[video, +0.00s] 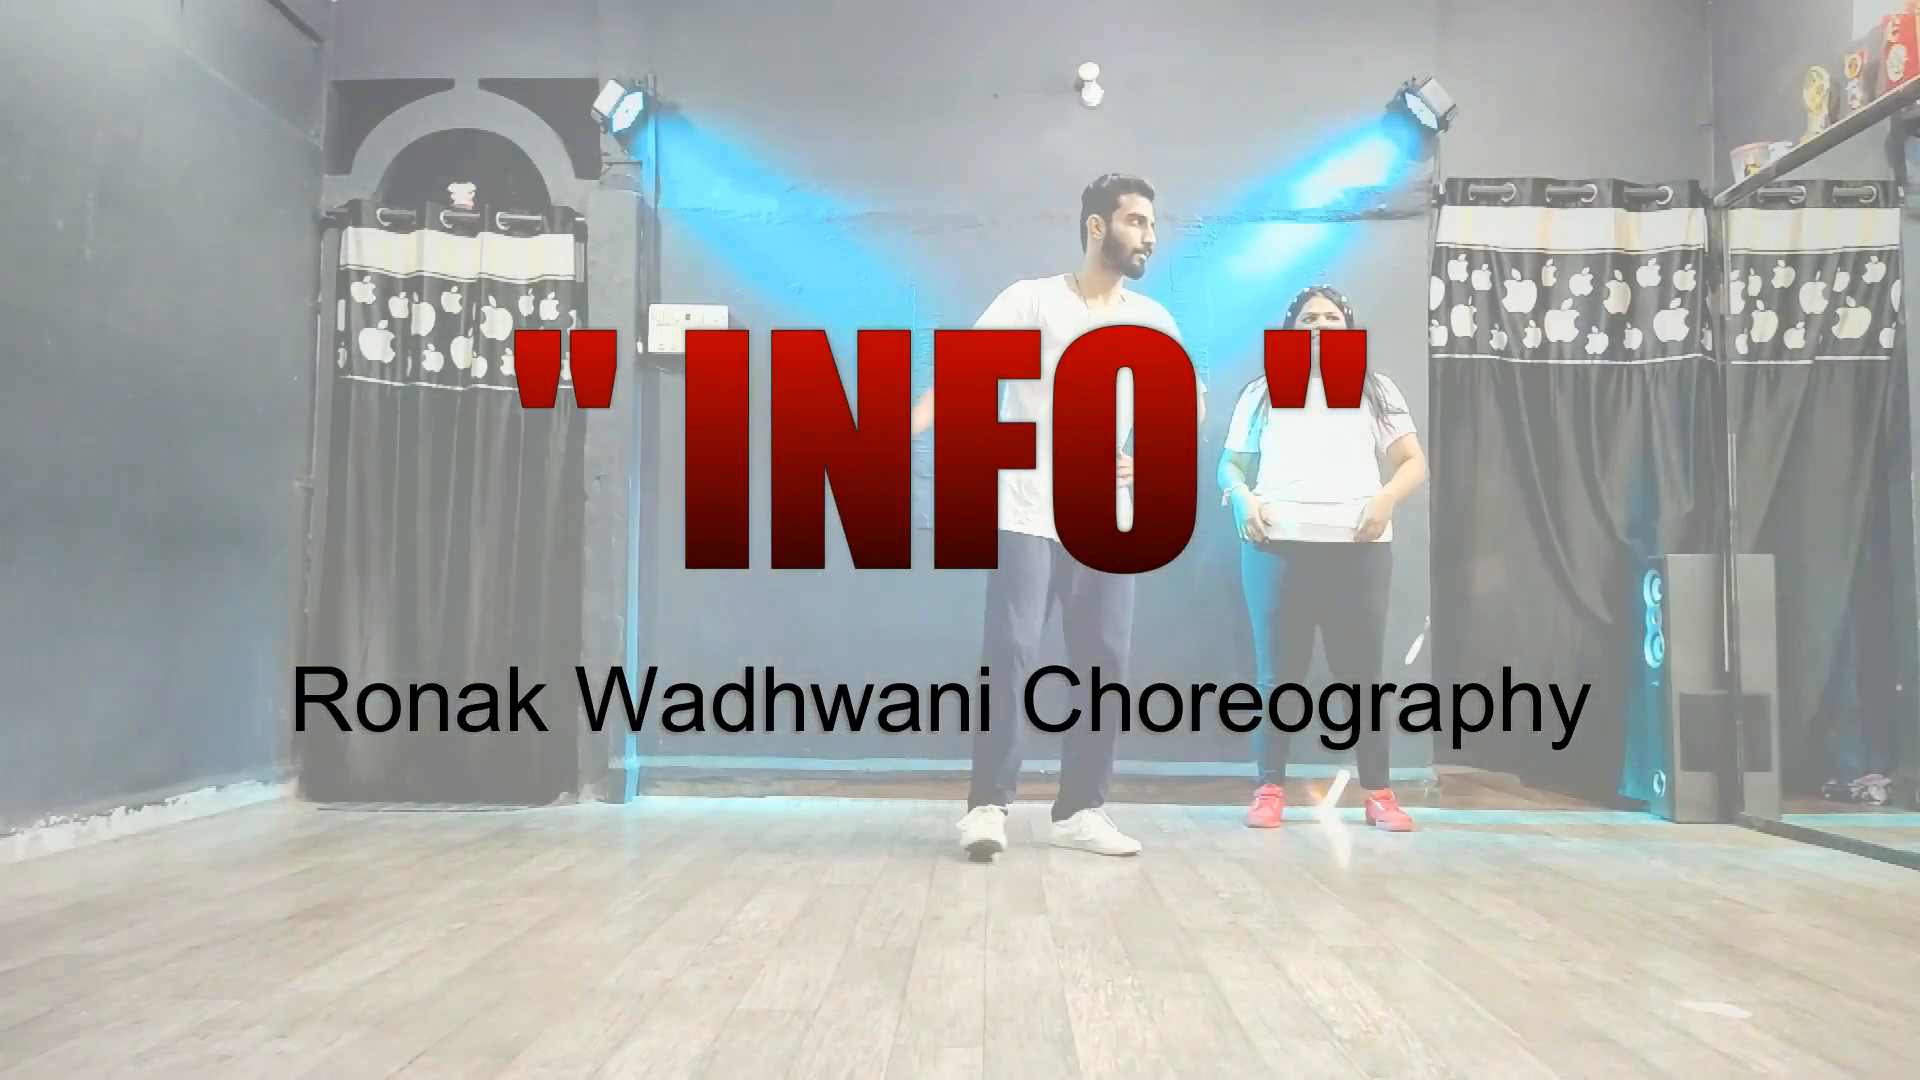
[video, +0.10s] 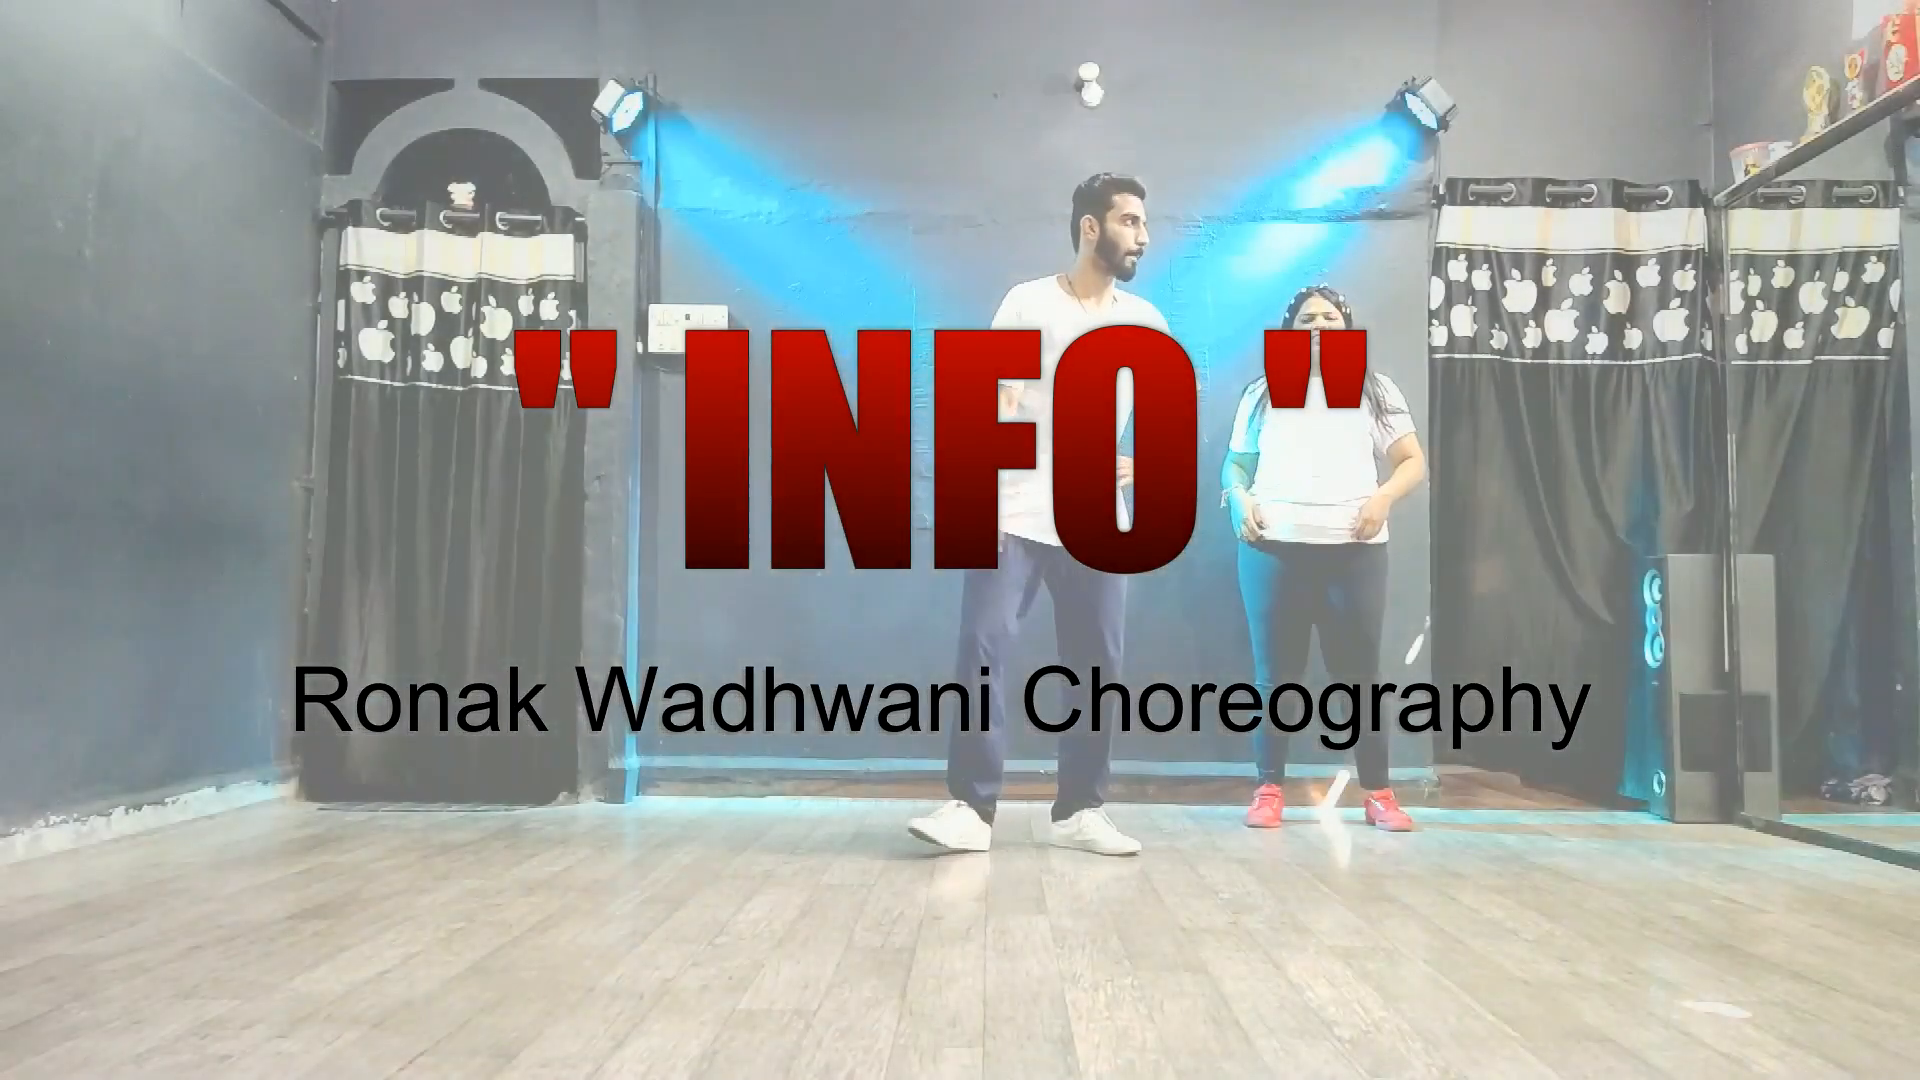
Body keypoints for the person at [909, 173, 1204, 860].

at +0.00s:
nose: (1147, 234)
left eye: (1151, 224)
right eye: (1135, 221)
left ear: (1151, 237)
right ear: (1095, 227)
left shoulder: (1156, 322)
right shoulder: (1026, 303)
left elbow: (1183, 417)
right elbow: (954, 383)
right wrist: (895, 439)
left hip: (1112, 517)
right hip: (1028, 510)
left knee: (1104, 659)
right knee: (1012, 650)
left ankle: (1080, 807)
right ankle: (988, 804)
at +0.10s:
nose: (1141, 233)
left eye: (1144, 222)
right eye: (1128, 220)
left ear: (1138, 234)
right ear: (1088, 226)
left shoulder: (1147, 320)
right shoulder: (1023, 304)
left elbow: (1166, 424)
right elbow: (979, 408)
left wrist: (1151, 511)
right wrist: (965, 508)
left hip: (1099, 523)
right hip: (1011, 515)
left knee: (1099, 661)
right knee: (982, 649)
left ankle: (1079, 810)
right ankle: (971, 806)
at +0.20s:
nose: (1132, 236)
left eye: (1134, 225)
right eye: (1119, 223)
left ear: (1126, 236)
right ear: (1079, 230)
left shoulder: (1136, 326)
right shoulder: (1019, 306)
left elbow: (1153, 429)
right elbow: (999, 412)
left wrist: (1129, 493)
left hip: (1092, 526)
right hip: (1006, 519)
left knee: (1097, 660)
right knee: (964, 644)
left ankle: (1079, 809)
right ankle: (965, 810)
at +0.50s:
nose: (1083, 237)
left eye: (1084, 226)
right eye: (1071, 224)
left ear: (1069, 237)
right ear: (1030, 231)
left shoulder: (1089, 326)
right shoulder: (973, 306)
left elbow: (1126, 425)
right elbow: (955, 412)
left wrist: (1054, 409)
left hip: (1066, 528)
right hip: (979, 522)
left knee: (1086, 662)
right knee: (937, 649)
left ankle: (1078, 809)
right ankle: (938, 811)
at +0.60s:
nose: (1068, 233)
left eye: (1069, 221)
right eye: (1055, 220)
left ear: (1056, 232)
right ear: (1014, 227)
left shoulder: (1073, 318)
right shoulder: (961, 302)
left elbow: (1109, 414)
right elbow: (966, 401)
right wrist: (1067, 426)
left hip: (1050, 518)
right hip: (968, 515)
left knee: (1069, 655)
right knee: (941, 657)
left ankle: (1076, 805)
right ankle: (915, 805)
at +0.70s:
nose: (1046, 229)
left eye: (1046, 217)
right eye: (1032, 217)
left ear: (1019, 229)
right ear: (993, 226)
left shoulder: (1051, 310)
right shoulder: (941, 307)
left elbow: (1103, 391)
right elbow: (951, 424)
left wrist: (1075, 454)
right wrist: (1005, 508)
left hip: (1028, 504)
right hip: (950, 507)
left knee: (1053, 656)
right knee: (929, 660)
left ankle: (1070, 805)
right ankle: (897, 807)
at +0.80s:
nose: (1030, 230)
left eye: (1030, 218)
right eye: (1017, 219)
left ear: (1008, 230)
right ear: (977, 229)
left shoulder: (1038, 312)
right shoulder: (925, 312)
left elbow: (1087, 385)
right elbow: (917, 422)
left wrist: (1059, 463)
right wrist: (920, 526)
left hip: (1019, 517)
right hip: (937, 518)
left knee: (1050, 654)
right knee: (918, 664)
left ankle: (1068, 805)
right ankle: (898, 807)